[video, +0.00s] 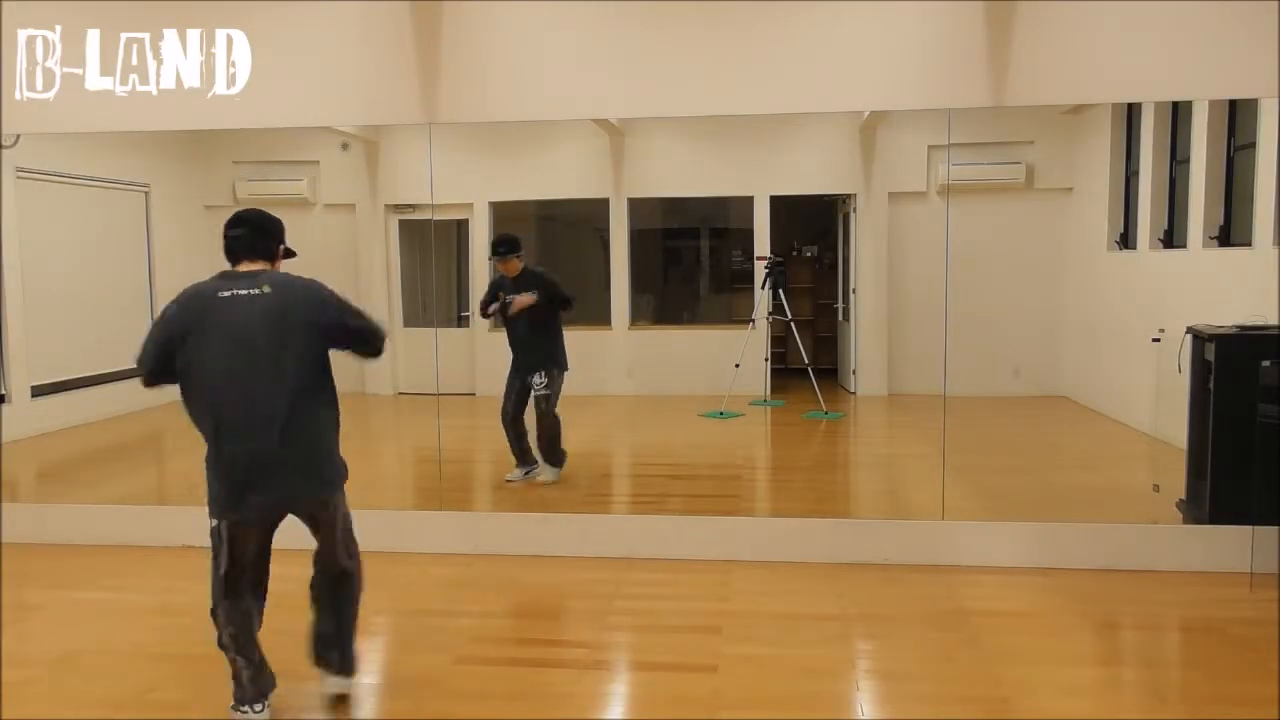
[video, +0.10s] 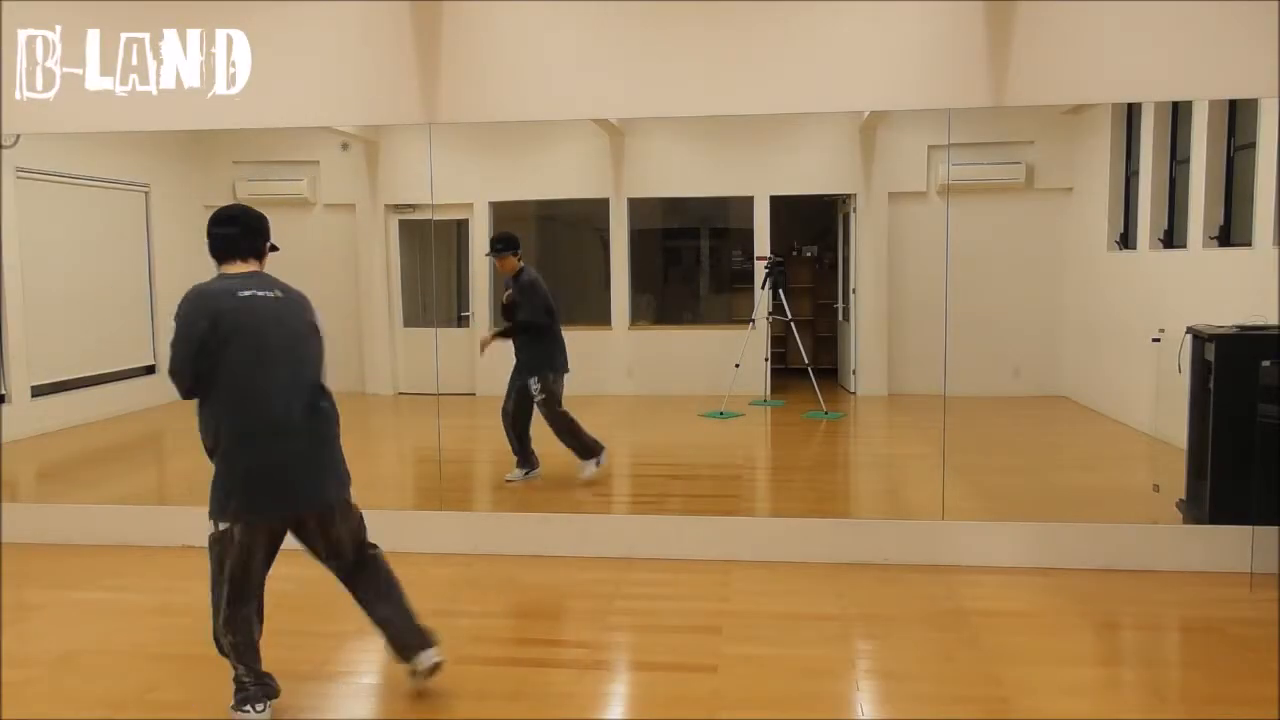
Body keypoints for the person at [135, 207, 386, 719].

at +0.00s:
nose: (283, 260)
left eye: (280, 255)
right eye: (283, 255)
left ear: (227, 255)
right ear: (278, 256)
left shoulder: (191, 303)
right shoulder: (303, 295)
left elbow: (151, 370)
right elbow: (371, 340)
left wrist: (205, 354)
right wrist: (317, 324)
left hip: (237, 471)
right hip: (311, 465)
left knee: (236, 582)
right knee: (338, 549)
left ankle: (251, 694)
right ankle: (336, 657)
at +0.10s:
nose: (264, 256)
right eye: (267, 248)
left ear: (214, 252)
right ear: (265, 251)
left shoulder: (201, 302)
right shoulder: (296, 301)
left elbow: (185, 382)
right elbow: (305, 375)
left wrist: (233, 350)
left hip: (248, 473)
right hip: (316, 467)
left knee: (237, 587)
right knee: (357, 556)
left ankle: (252, 693)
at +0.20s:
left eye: (212, 250)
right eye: (263, 244)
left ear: (209, 253)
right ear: (263, 250)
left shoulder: (216, 307)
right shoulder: (282, 302)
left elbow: (184, 378)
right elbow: (247, 396)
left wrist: (225, 337)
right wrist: (210, 462)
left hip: (261, 473)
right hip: (322, 464)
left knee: (229, 594)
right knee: (368, 561)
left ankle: (253, 695)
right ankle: (445, 648)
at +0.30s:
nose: (262, 251)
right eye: (263, 243)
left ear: (208, 250)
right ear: (260, 248)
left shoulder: (199, 307)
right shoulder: (289, 300)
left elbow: (155, 363)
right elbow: (293, 376)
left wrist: (186, 328)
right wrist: (225, 408)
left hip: (253, 473)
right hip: (319, 465)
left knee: (235, 589)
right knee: (362, 557)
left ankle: (254, 694)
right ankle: (437, 652)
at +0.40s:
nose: (271, 239)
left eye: (267, 232)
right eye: (269, 233)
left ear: (211, 241)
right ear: (263, 239)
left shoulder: (187, 299)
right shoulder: (293, 291)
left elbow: (178, 366)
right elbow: (313, 345)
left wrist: (233, 356)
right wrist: (252, 343)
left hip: (232, 472)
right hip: (304, 463)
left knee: (233, 584)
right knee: (343, 564)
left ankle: (251, 691)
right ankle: (391, 665)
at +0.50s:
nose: (272, 231)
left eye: (267, 224)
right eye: (271, 224)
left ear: (214, 233)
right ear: (267, 231)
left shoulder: (187, 292)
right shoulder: (295, 289)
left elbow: (200, 365)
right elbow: (318, 356)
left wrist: (273, 364)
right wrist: (257, 361)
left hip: (224, 468)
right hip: (292, 467)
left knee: (231, 578)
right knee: (321, 579)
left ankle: (242, 692)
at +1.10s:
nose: (291, 226)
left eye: (290, 215)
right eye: (290, 215)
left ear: (238, 216)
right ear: (276, 218)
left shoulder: (247, 278)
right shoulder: (231, 281)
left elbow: (254, 358)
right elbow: (250, 358)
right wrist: (289, 326)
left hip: (280, 462)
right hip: (251, 470)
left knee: (317, 561)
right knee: (254, 590)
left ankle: (247, 669)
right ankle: (241, 705)